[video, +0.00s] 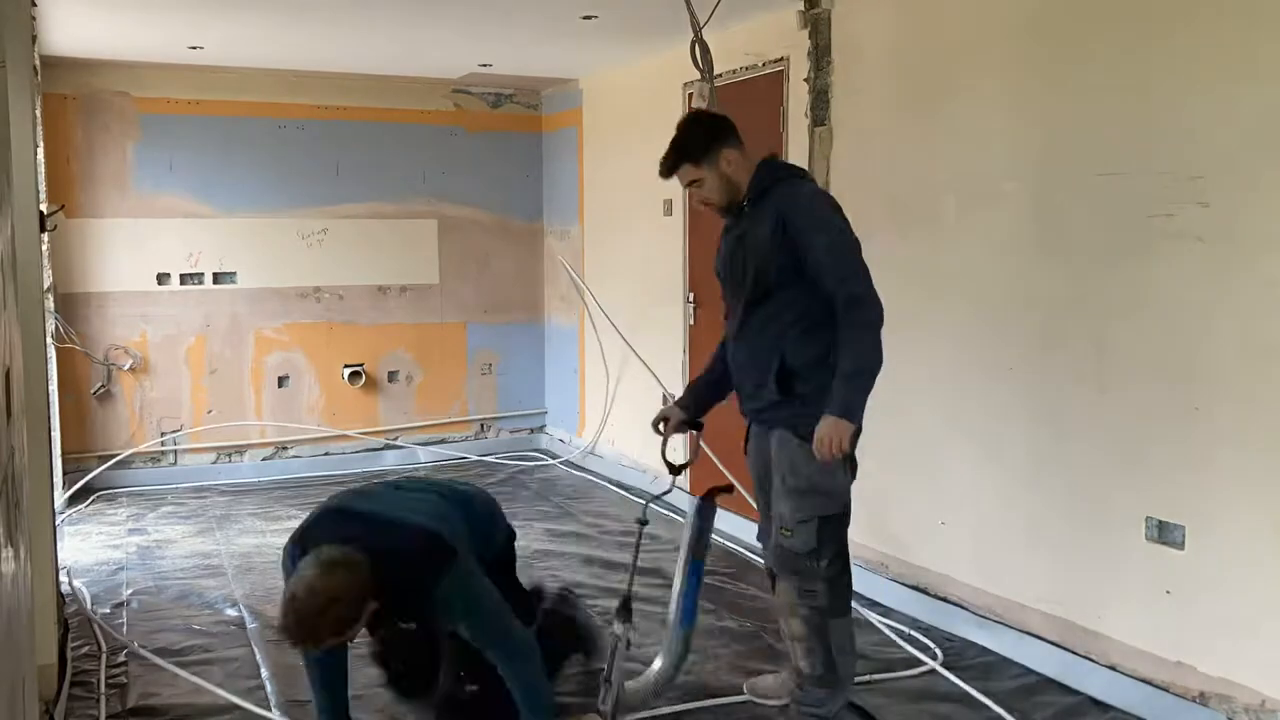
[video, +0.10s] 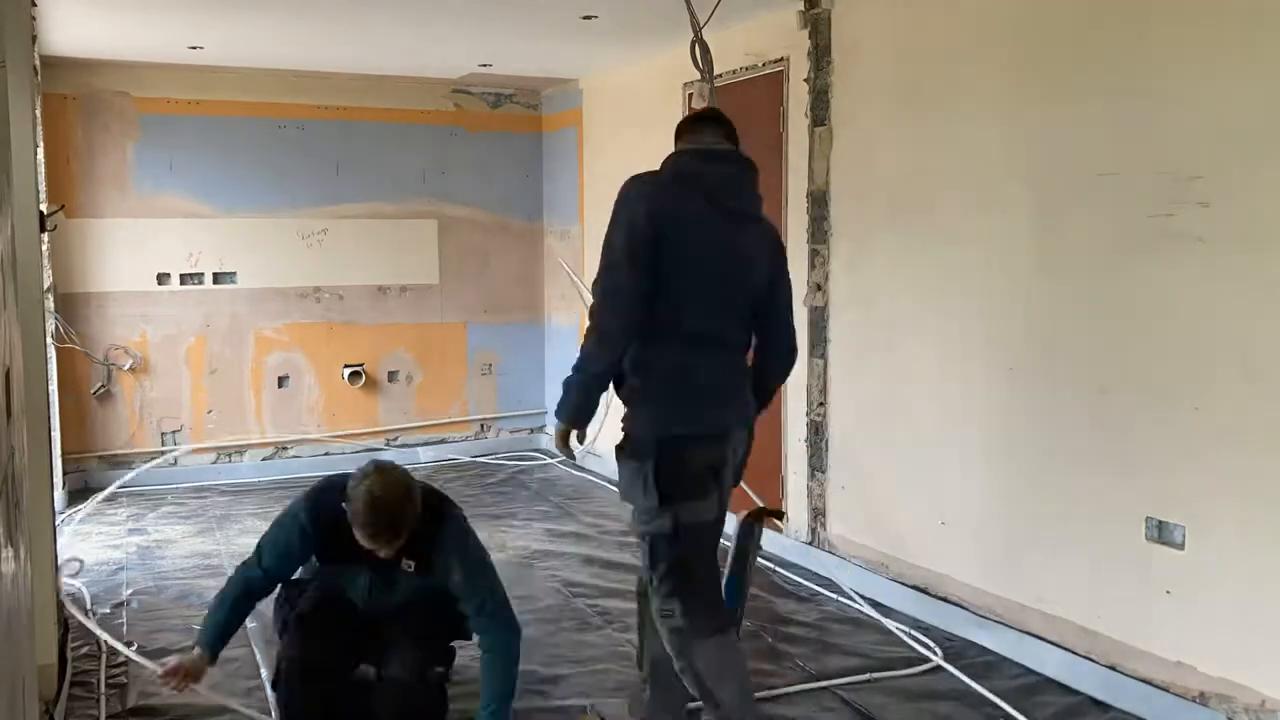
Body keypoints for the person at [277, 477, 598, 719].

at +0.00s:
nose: (335, 647)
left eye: (339, 640)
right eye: (324, 646)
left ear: (365, 613)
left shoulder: (437, 570)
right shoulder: (301, 559)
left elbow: (516, 650)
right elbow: (325, 660)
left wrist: (541, 713)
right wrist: (333, 717)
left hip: (475, 520)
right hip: (395, 508)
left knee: (498, 700)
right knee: (411, 682)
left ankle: (563, 619)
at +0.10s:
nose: (378, 556)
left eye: (389, 548)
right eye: (367, 547)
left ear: (411, 520)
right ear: (350, 517)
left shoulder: (445, 526)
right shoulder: (318, 510)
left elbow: (500, 628)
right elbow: (255, 575)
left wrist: (494, 713)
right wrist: (203, 651)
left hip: (415, 621)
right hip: (334, 614)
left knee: (411, 680)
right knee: (301, 666)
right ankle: (307, 709)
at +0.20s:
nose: (347, 562)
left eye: (355, 549)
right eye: (333, 554)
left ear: (375, 520)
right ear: (313, 535)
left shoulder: (412, 517)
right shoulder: (283, 530)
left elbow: (486, 608)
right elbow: (245, 630)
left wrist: (526, 697)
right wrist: (226, 711)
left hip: (402, 619)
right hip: (323, 620)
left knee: (411, 680)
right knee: (262, 667)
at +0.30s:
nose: (197, 589)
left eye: (198, 579)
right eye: (187, 585)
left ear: (225, 550)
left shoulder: (294, 535)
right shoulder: (214, 522)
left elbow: (310, 644)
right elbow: (239, 616)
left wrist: (309, 711)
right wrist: (248, 697)